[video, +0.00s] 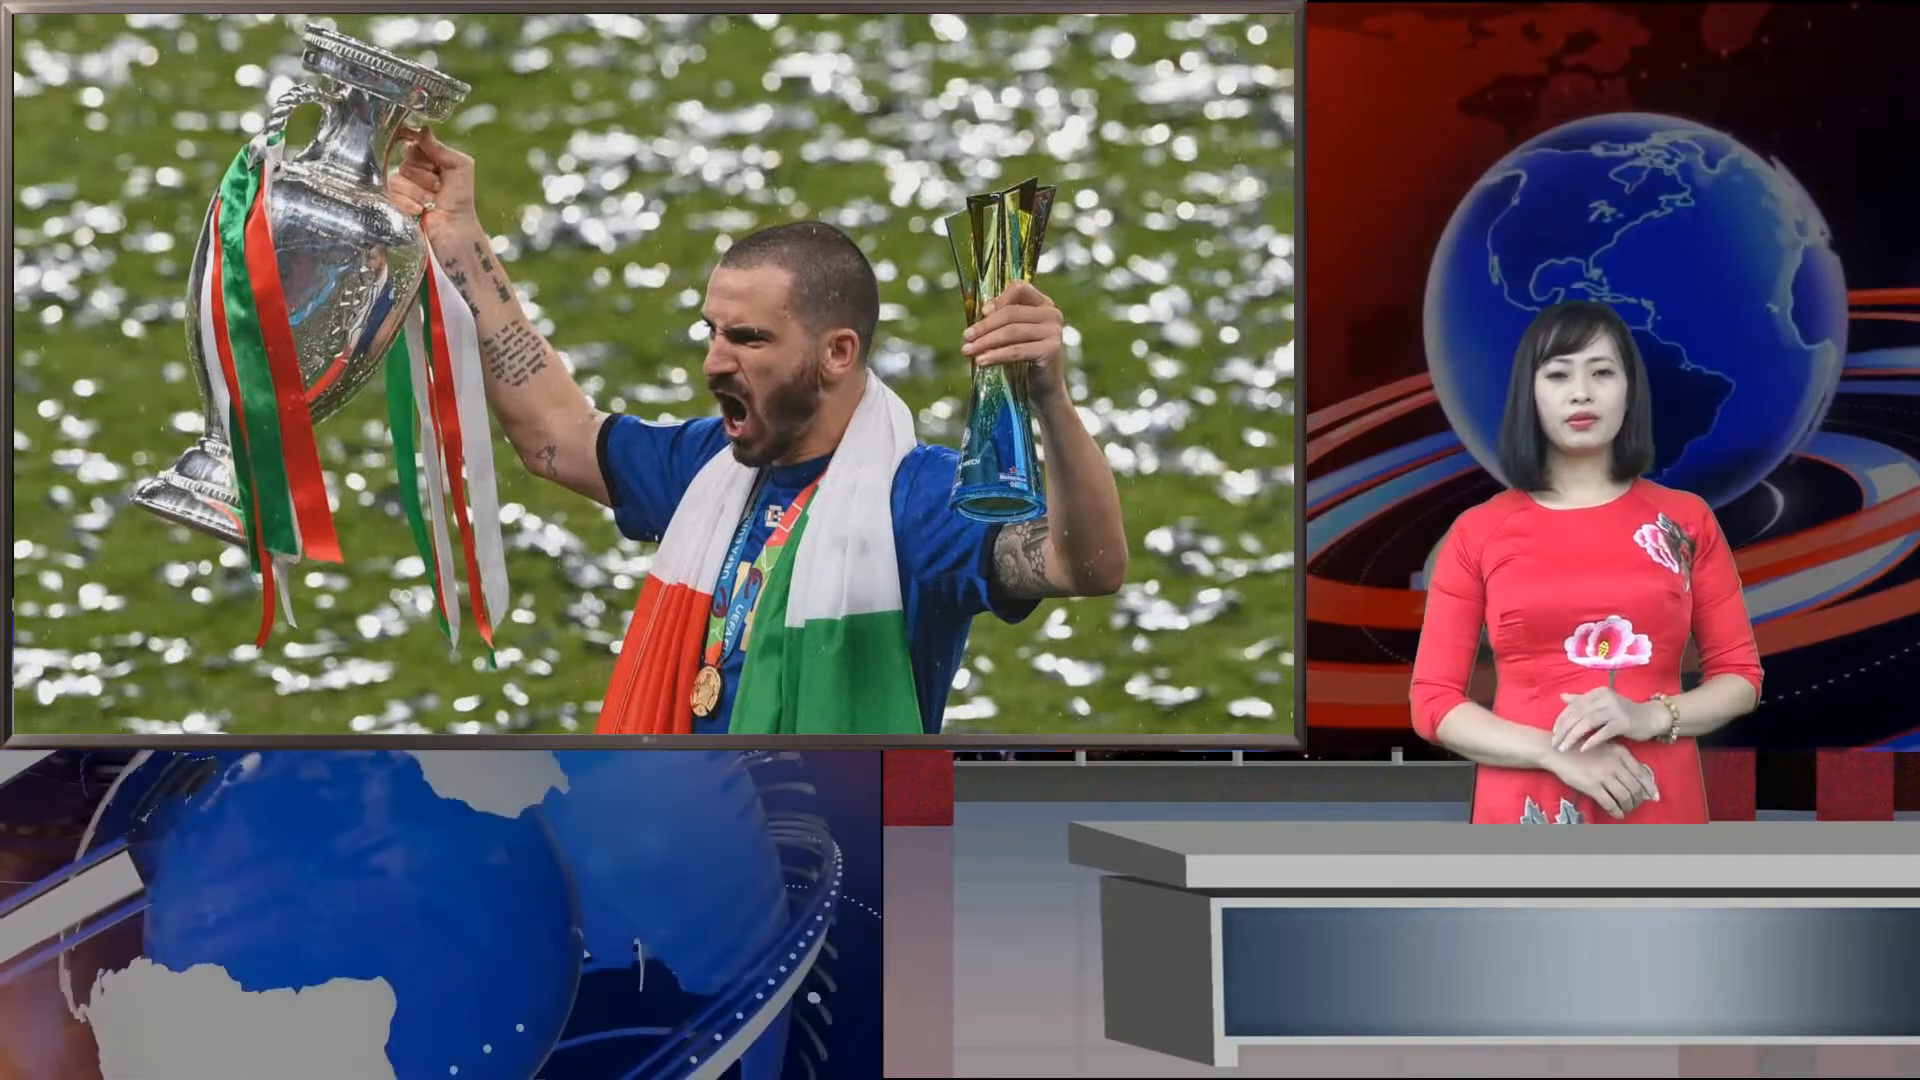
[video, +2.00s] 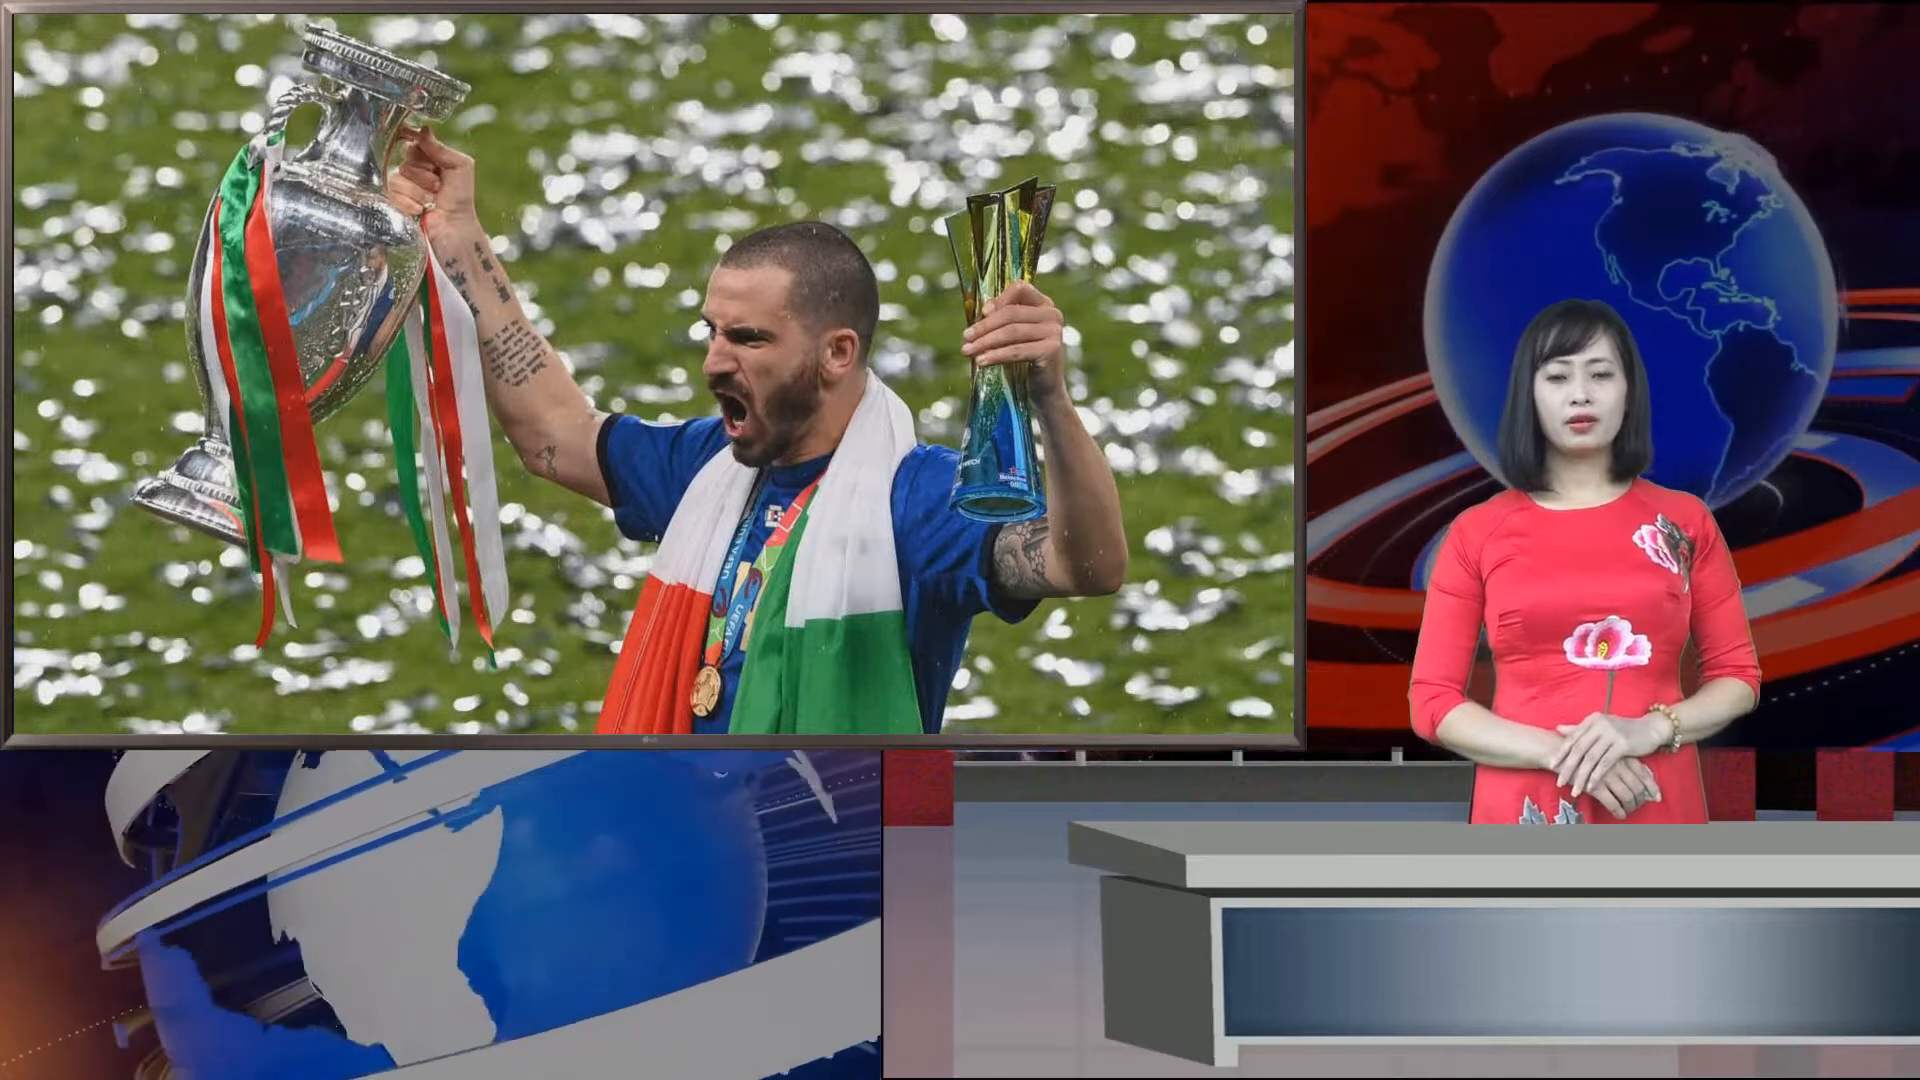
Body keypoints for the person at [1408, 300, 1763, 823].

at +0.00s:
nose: (1581, 392)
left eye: (1602, 372)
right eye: (1559, 374)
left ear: (1629, 391)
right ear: (1531, 393)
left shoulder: (1685, 521)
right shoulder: (1479, 534)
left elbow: (1740, 679)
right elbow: (1433, 701)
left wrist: (1650, 717)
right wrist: (1555, 752)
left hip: (1662, 822)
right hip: (1523, 822)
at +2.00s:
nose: (1580, 394)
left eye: (1601, 375)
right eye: (1558, 376)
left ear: (1629, 391)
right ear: (1530, 394)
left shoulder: (1685, 522)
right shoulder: (1479, 533)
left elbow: (1737, 680)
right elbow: (1432, 701)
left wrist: (1650, 728)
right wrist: (1566, 752)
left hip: (1661, 823)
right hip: (1521, 824)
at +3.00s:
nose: (1581, 394)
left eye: (1603, 374)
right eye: (1560, 375)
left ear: (1632, 392)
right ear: (1533, 392)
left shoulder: (1687, 522)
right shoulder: (1480, 533)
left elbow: (1739, 680)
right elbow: (1433, 700)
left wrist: (1653, 729)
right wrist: (1569, 753)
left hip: (1662, 823)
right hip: (1522, 824)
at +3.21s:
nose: (1579, 393)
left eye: (1602, 373)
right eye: (1558, 374)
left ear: (1631, 392)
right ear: (1531, 391)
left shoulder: (1686, 521)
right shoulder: (1478, 533)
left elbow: (1739, 680)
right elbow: (1432, 702)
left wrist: (1652, 729)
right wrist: (1567, 753)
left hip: (1662, 823)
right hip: (1521, 824)